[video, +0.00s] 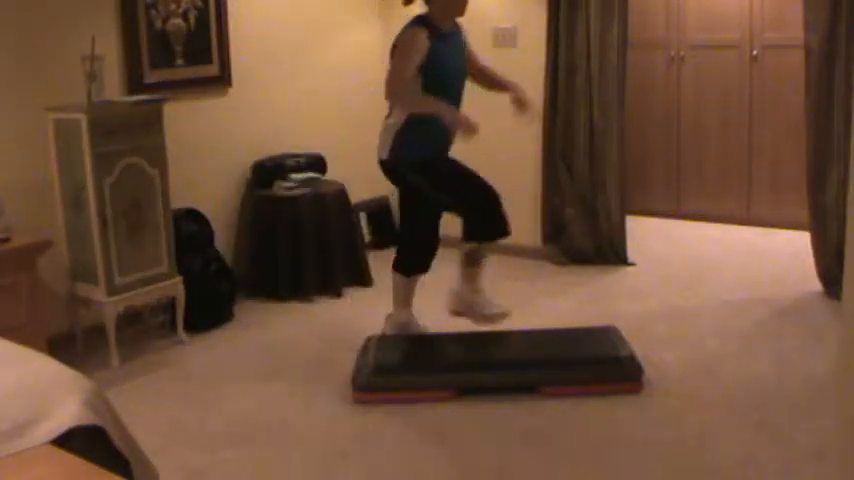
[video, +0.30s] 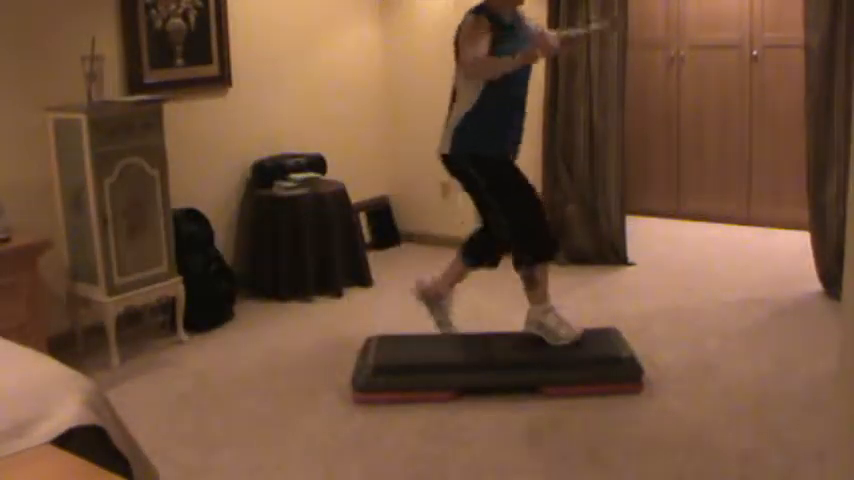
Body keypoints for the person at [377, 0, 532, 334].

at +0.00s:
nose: (464, 5)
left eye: (465, 0)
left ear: (453, 4)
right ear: (437, 1)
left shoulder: (454, 33)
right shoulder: (415, 36)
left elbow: (476, 71)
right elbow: (396, 92)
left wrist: (511, 87)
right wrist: (445, 112)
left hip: (431, 154)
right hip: (404, 155)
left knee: (417, 237)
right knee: (482, 201)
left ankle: (400, 317)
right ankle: (468, 294)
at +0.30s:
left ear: (512, 0)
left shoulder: (519, 24)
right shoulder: (477, 21)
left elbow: (542, 43)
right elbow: (472, 67)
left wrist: (558, 45)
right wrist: (526, 57)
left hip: (495, 150)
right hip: (468, 150)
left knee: (499, 229)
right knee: (528, 217)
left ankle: (438, 289)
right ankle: (540, 312)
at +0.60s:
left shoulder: (555, 10)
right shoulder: (509, 9)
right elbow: (472, 68)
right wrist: (474, 139)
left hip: (539, 122)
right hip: (502, 131)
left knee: (601, 154)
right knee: (536, 209)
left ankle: (557, 213)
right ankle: (541, 312)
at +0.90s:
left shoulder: (569, 5)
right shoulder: (500, 5)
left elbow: (602, 24)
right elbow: (457, 47)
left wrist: (637, 51)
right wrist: (446, 76)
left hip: (550, 120)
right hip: (508, 122)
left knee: (576, 213)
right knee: (529, 214)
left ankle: (560, 256)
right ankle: (539, 310)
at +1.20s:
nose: (516, 7)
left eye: (523, 1)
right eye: (510, 2)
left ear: (537, 4)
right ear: (503, 6)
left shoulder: (563, 35)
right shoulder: (492, 37)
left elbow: (613, 40)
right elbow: (439, 42)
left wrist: (655, 24)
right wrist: (393, 26)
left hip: (547, 149)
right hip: (502, 148)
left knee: (549, 227)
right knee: (514, 210)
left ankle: (550, 306)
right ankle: (518, 301)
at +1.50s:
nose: (471, 8)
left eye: (477, 2)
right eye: (465, 3)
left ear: (489, 3)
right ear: (458, 6)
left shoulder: (514, 41)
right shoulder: (446, 47)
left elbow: (553, 79)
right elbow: (426, 91)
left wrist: (559, 131)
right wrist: (419, 135)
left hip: (512, 155)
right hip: (464, 158)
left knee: (528, 234)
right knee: (462, 239)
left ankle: (550, 307)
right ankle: (466, 310)